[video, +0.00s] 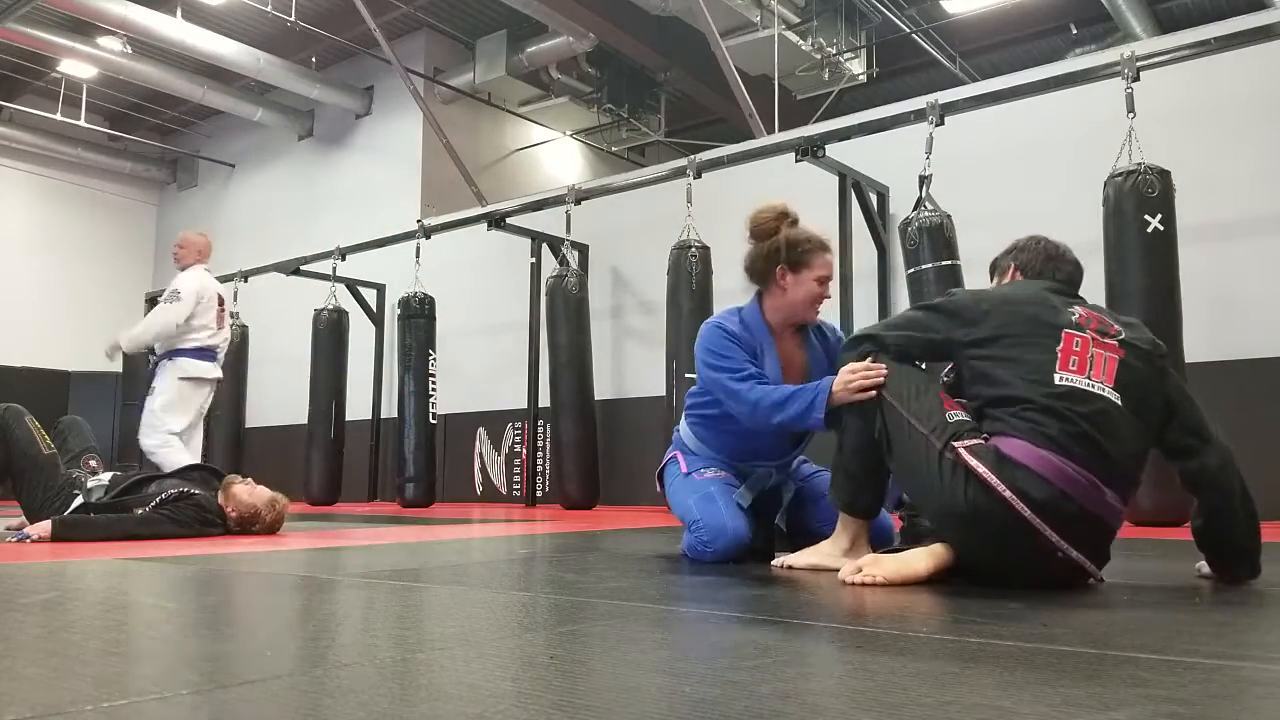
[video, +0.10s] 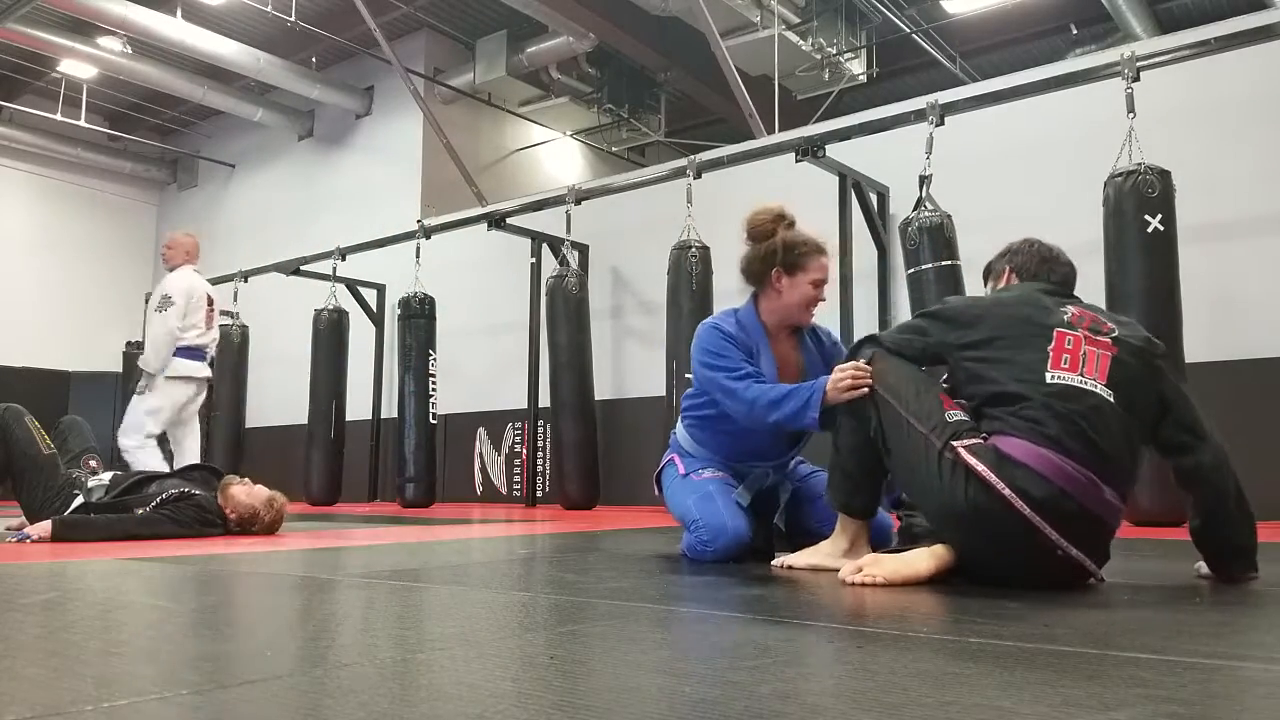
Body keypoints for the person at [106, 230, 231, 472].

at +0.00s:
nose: (174, 251)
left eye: (181, 247)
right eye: (176, 247)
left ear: (199, 253)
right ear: (200, 255)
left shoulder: (189, 280)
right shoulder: (215, 285)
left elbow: (166, 318)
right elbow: (223, 337)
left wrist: (123, 342)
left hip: (182, 370)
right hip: (206, 372)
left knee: (154, 436)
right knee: (190, 441)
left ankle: (198, 489)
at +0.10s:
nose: (162, 252)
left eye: (169, 248)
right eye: (163, 247)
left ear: (187, 254)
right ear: (189, 256)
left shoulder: (174, 282)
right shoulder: (205, 285)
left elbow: (163, 330)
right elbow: (212, 337)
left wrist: (147, 374)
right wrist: (201, 364)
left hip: (172, 374)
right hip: (197, 375)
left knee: (133, 437)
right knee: (187, 446)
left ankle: (162, 491)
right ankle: (190, 498)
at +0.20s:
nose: (149, 254)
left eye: (156, 251)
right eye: (151, 249)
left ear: (174, 257)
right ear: (178, 259)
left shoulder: (163, 283)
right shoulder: (192, 287)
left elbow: (159, 329)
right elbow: (206, 334)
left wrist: (135, 368)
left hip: (161, 372)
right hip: (187, 373)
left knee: (125, 435)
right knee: (182, 440)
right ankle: (192, 494)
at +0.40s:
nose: (120, 259)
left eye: (127, 254)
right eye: (122, 254)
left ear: (144, 260)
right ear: (147, 262)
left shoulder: (134, 286)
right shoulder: (168, 293)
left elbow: (125, 332)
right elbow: (173, 341)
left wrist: (101, 370)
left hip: (130, 378)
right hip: (159, 380)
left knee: (104, 444)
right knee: (161, 446)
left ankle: (88, 505)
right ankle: (186, 496)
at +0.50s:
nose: (102, 258)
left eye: (108, 254)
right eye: (103, 253)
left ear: (126, 257)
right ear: (130, 260)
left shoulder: (117, 286)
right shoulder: (156, 292)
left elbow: (105, 332)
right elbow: (161, 339)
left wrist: (84, 370)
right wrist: (149, 368)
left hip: (114, 374)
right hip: (145, 377)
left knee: (93, 436)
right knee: (134, 438)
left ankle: (93, 500)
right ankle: (165, 490)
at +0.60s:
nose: (88, 258)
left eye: (94, 253)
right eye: (89, 253)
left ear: (112, 256)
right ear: (117, 258)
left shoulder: (104, 285)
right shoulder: (145, 292)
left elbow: (89, 331)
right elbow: (154, 337)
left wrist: (63, 370)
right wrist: (139, 371)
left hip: (102, 370)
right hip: (132, 373)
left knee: (90, 438)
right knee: (116, 437)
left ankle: (92, 500)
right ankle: (141, 486)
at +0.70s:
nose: (77, 258)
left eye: (82, 253)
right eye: (78, 253)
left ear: (100, 256)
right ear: (105, 257)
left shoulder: (91, 284)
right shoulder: (134, 290)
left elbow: (74, 330)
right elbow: (144, 336)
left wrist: (44, 366)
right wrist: (131, 372)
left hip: (93, 370)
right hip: (123, 373)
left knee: (87, 435)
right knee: (96, 434)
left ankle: (98, 498)